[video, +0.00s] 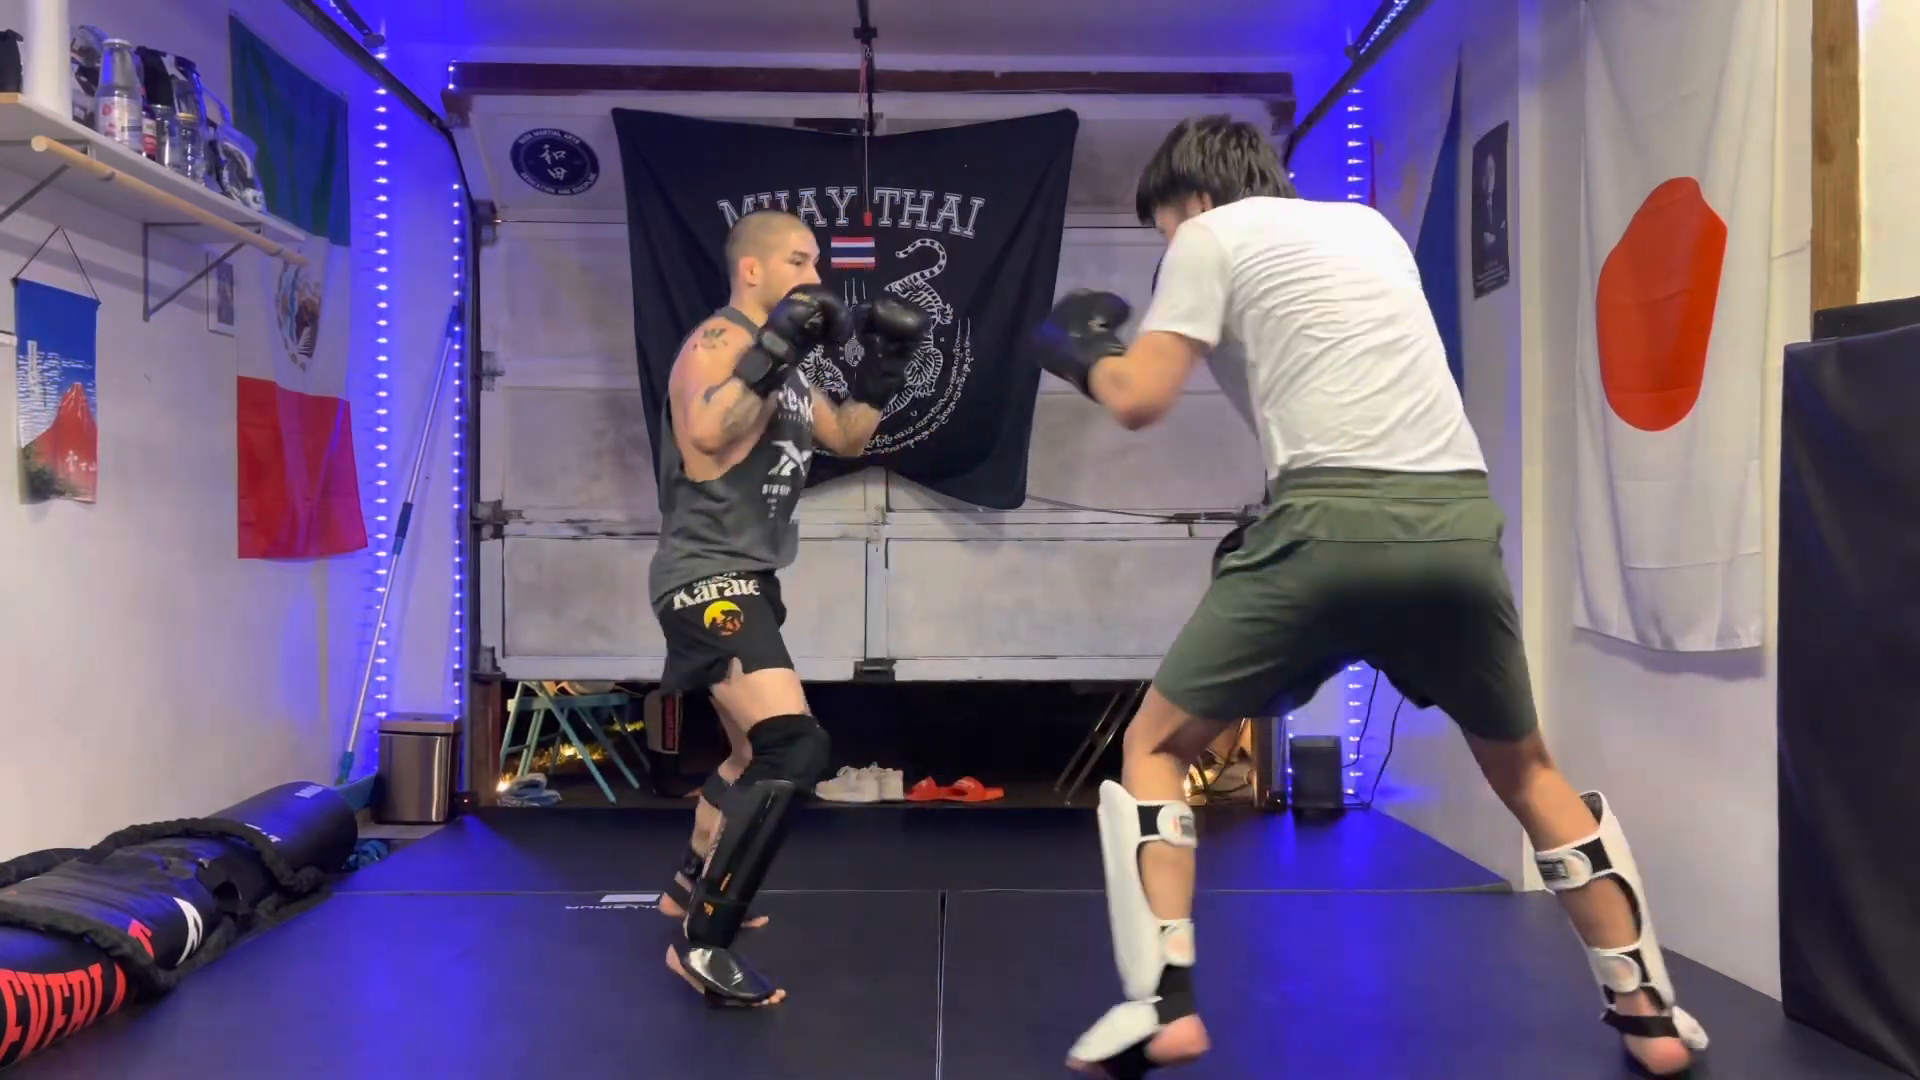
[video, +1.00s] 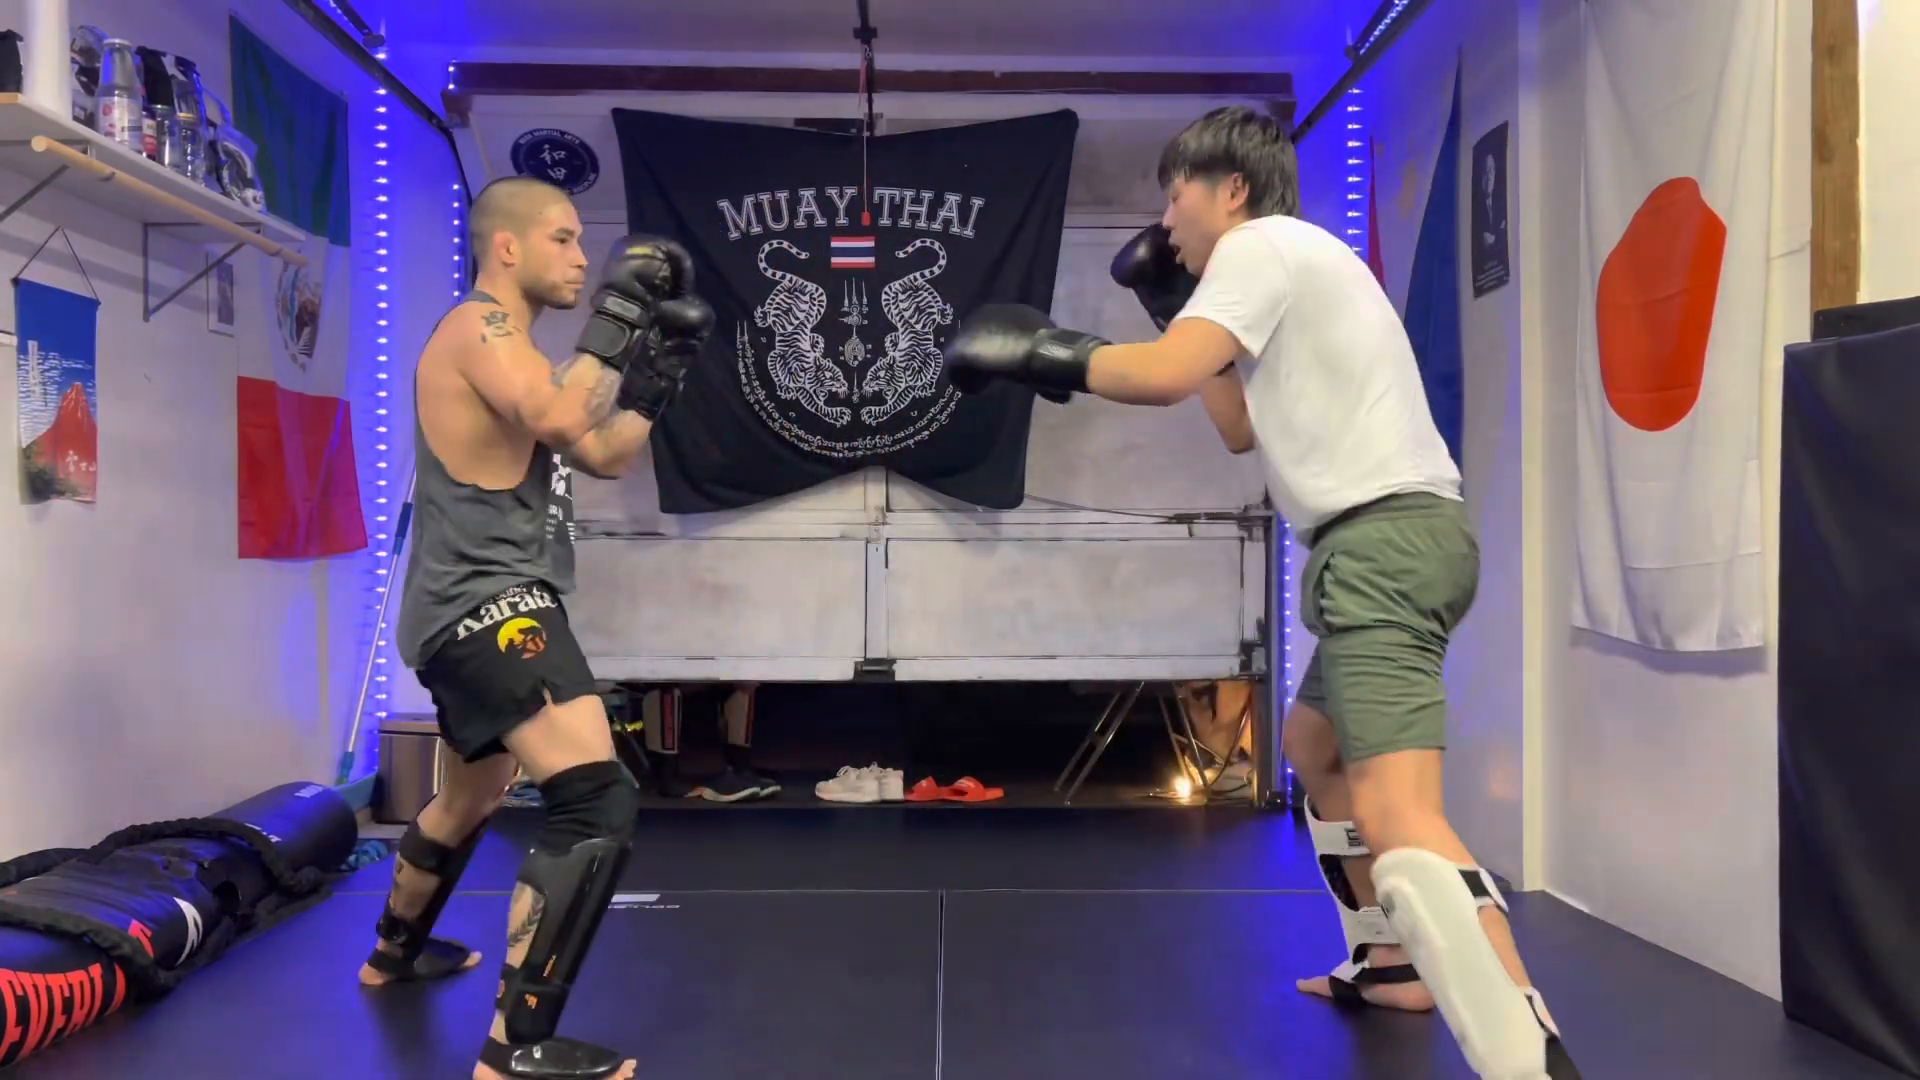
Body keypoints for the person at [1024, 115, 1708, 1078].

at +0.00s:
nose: (1171, 244)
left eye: (1169, 227)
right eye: (1163, 234)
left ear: (1200, 202)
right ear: (1264, 179)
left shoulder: (1212, 234)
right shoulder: (1373, 226)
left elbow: (1136, 398)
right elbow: (1337, 357)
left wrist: (1088, 352)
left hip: (1323, 531)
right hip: (1461, 532)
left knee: (1157, 746)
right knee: (1530, 771)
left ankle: (1164, 998)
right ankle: (1645, 1003)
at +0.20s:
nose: (1150, 248)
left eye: (1151, 232)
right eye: (1149, 234)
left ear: (1179, 211)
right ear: (1257, 197)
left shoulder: (1167, 261)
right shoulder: (1366, 253)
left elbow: (1009, 351)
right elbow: (1336, 385)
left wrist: (932, 322)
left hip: (1265, 566)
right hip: (1411, 564)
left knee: (1148, 802)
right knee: (1506, 777)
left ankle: (1077, 1043)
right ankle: (1634, 1030)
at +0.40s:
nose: (1154, 220)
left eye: (1155, 194)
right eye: (1148, 198)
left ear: (1207, 171)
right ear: (1248, 165)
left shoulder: (1250, 227)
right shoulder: (1362, 212)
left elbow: (1231, 413)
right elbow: (1302, 368)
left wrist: (1125, 372)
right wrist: (1181, 328)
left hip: (1380, 520)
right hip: (1483, 516)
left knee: (1179, 762)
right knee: (1530, 789)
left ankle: (1201, 1042)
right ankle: (1714, 994)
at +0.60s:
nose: (1142, 215)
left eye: (1149, 186)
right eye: (1141, 189)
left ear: (1208, 182)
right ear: (1225, 179)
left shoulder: (1298, 257)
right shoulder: (1302, 250)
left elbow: (1316, 435)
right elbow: (1191, 352)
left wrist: (1182, 385)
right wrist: (1060, 316)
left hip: (1405, 555)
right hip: (1468, 554)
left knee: (1227, 800)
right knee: (1471, 803)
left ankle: (1317, 1061)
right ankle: (1686, 988)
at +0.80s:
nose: (1143, 184)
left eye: (1150, 158)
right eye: (1141, 162)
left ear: (1208, 144)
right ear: (1216, 147)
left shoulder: (1267, 198)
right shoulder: (1299, 203)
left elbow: (1157, 359)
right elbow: (1276, 387)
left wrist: (1052, 324)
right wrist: (1175, 305)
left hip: (1422, 485)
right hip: (1452, 480)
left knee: (1344, 792)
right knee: (1413, 766)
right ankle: (1482, 986)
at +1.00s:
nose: (1168, 222)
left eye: (1175, 200)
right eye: (1166, 204)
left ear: (1232, 189)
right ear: (1256, 197)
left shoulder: (1264, 248)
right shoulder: (1302, 263)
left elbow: (1168, 370)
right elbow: (1239, 424)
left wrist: (1047, 351)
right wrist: (1187, 304)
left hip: (1379, 535)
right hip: (1414, 531)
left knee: (1403, 820)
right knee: (1316, 742)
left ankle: (1523, 1027)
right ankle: (1391, 955)